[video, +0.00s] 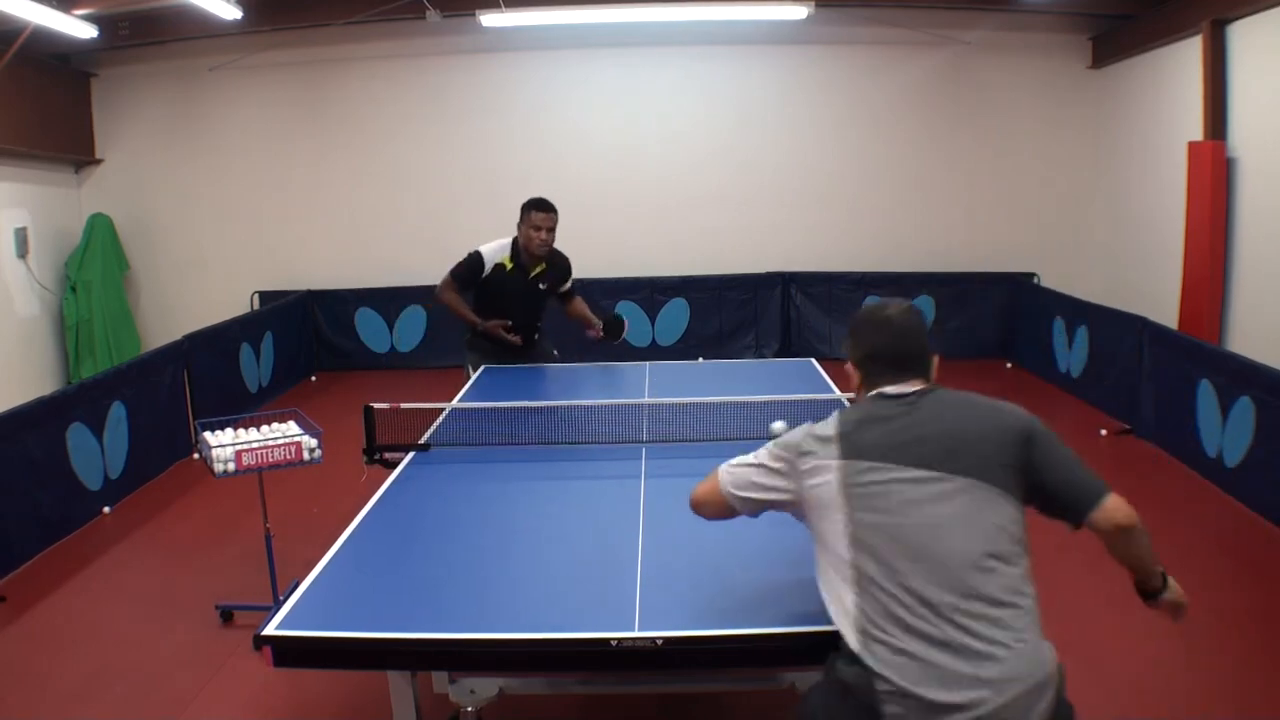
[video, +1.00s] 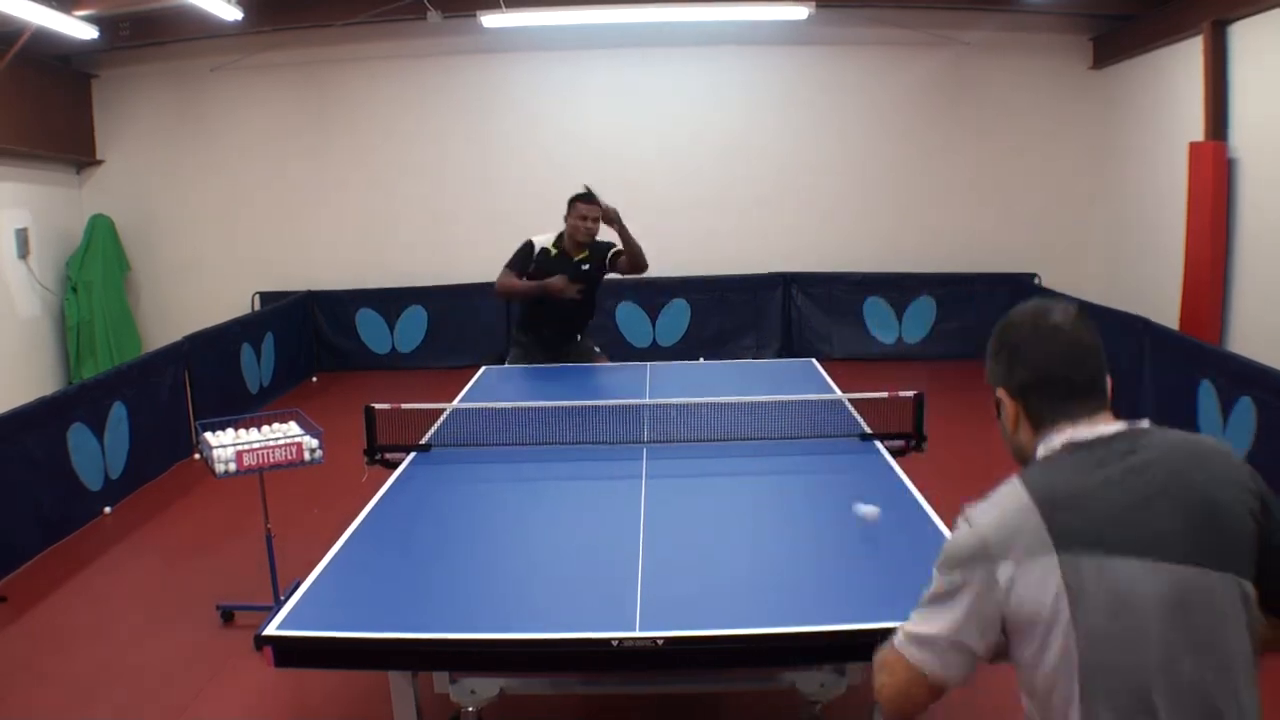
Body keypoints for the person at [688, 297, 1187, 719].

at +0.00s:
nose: (848, 372)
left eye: (848, 364)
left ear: (851, 376)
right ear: (934, 366)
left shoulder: (814, 446)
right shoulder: (1007, 425)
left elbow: (704, 501)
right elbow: (1117, 519)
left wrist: (782, 482)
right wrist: (1153, 582)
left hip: (890, 695)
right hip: (1021, 693)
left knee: (819, 699)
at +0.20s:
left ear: (812, 396)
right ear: (895, 386)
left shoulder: (779, 456)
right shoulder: (933, 425)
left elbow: (827, 439)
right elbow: (1023, 511)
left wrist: (877, 409)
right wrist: (1123, 606)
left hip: (829, 698)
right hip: (962, 692)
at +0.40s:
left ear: (835, 370)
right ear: (920, 363)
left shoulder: (798, 435)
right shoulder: (962, 410)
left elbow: (763, 491)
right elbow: (1041, 512)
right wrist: (1132, 628)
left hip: (841, 692)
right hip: (976, 691)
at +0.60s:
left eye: (903, 354)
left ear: (910, 363)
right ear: (1003, 360)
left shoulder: (865, 450)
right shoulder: (1071, 440)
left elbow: (775, 569)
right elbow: (1173, 567)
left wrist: (834, 531)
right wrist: (1175, 619)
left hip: (910, 704)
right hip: (1045, 705)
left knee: (820, 687)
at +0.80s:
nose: (973, 309)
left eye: (970, 296)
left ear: (983, 304)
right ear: (1075, 295)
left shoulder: (958, 388)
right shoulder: (1168, 379)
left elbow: (851, 553)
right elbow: (1241, 519)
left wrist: (882, 562)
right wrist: (1143, 539)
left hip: (1023, 694)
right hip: (1168, 691)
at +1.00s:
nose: (1000, 423)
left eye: (997, 409)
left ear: (1010, 410)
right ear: (1108, 387)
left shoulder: (1002, 526)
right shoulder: (1227, 471)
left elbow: (898, 693)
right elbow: (1269, 623)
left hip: (1079, 708)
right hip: (1226, 708)